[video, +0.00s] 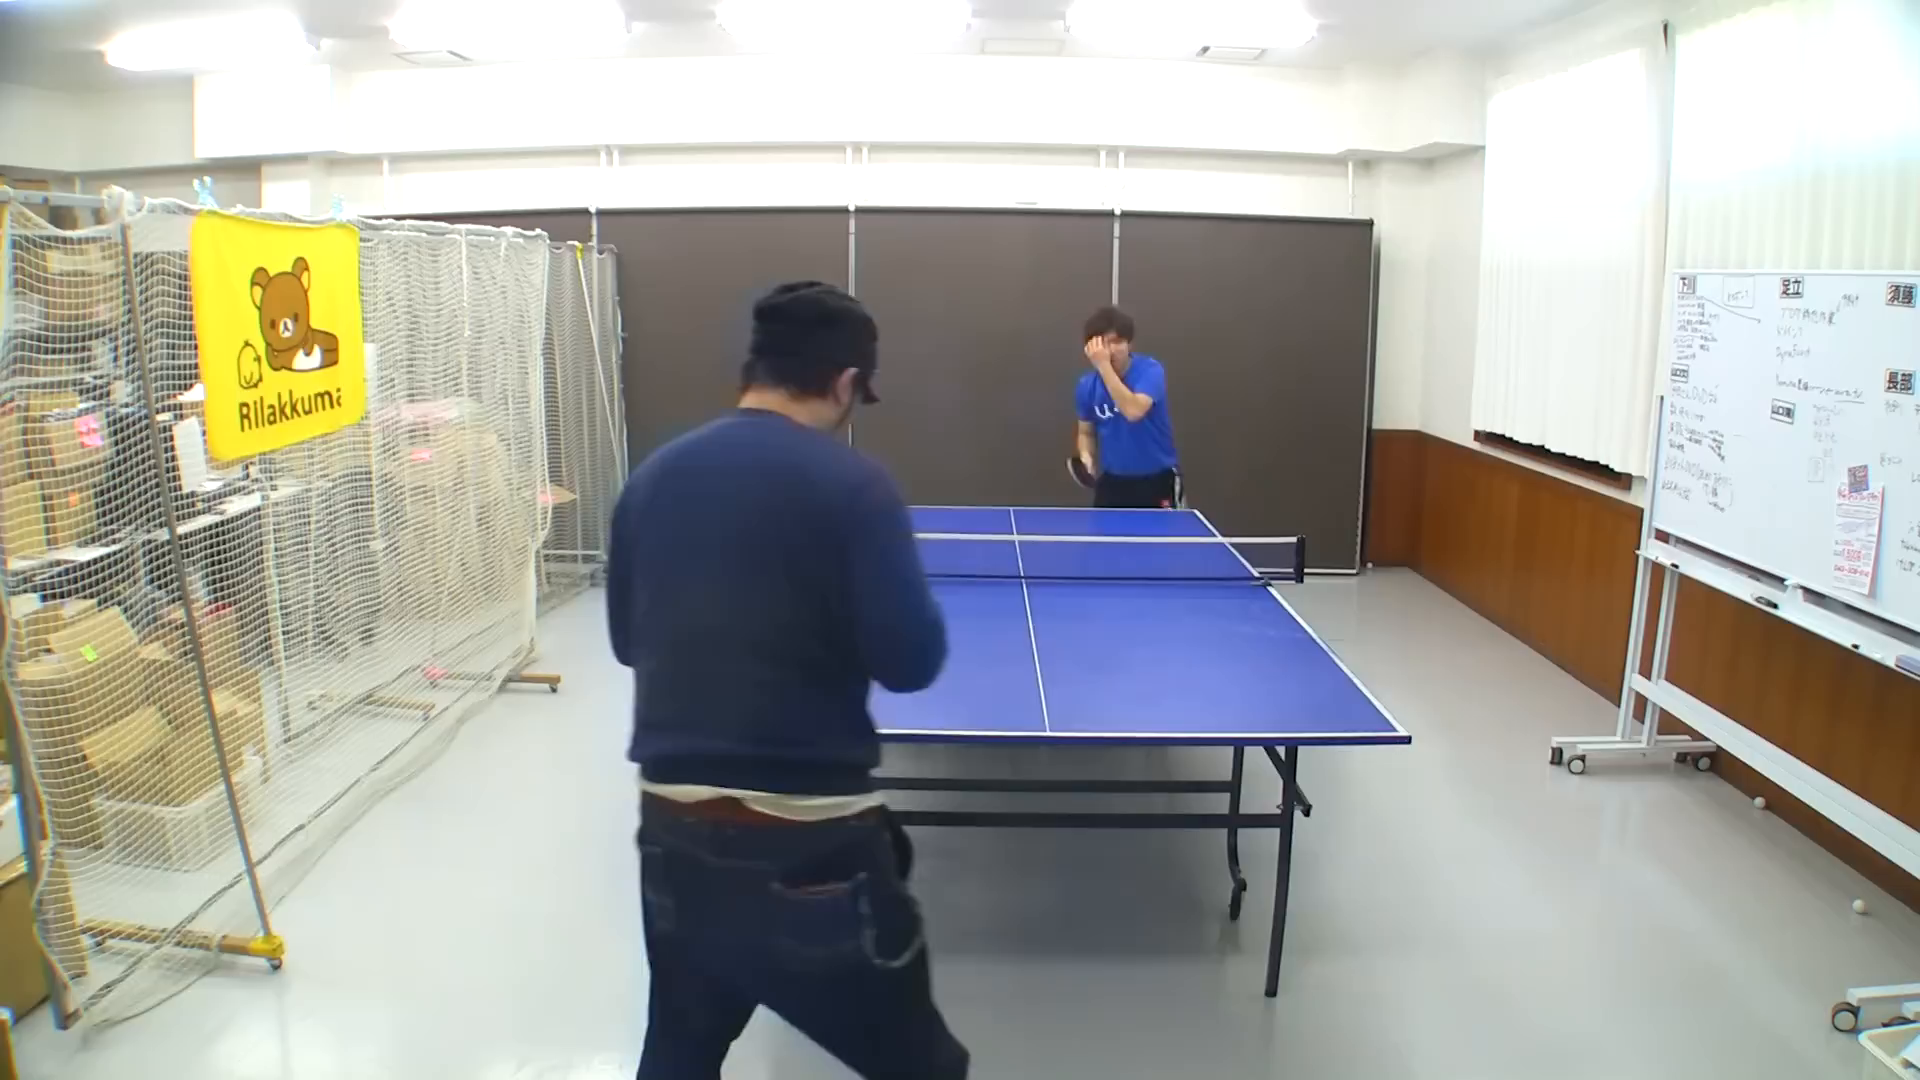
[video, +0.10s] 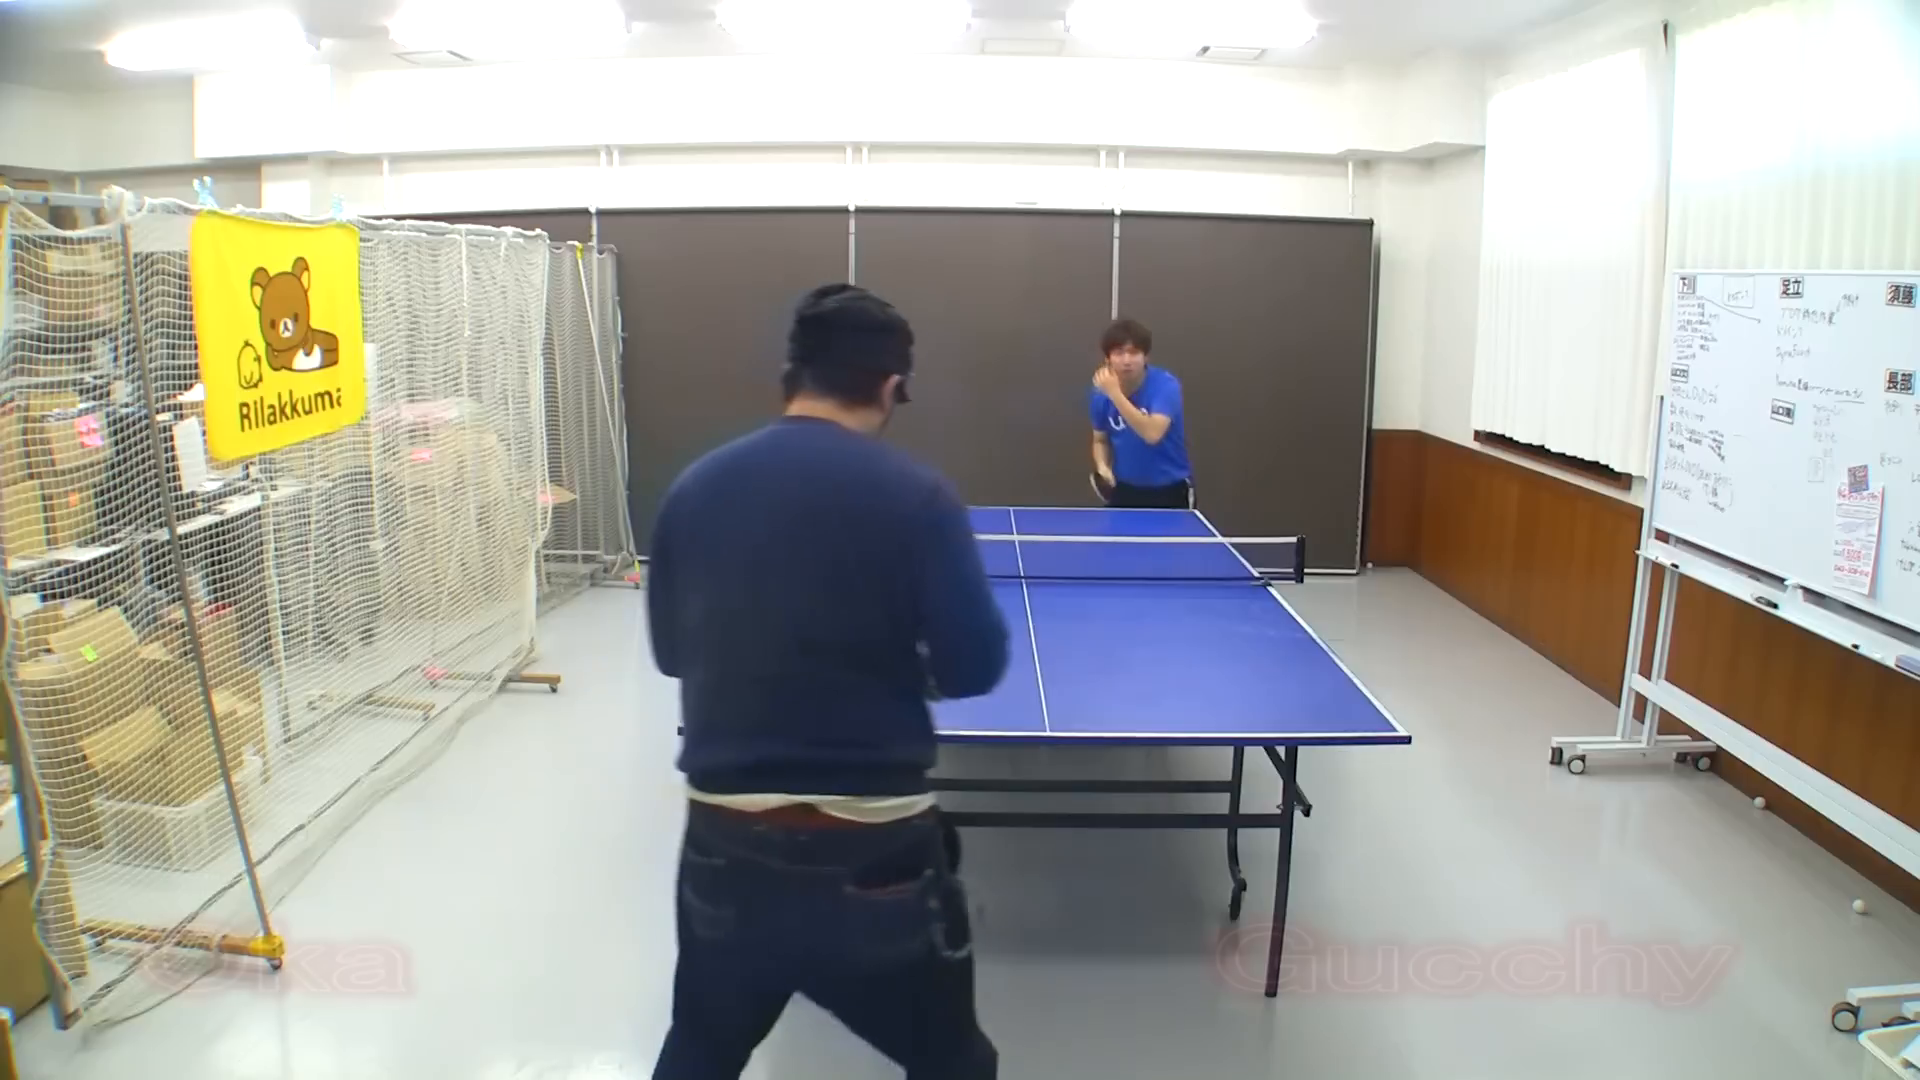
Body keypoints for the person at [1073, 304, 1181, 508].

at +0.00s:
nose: (1111, 351)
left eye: (1118, 342)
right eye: (1103, 343)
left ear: (1130, 344)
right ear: (1092, 349)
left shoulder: (1150, 371)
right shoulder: (1088, 385)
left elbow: (1134, 411)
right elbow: (1085, 432)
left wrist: (1103, 366)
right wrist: (1087, 459)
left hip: (1156, 482)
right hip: (1113, 482)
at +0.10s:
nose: (1126, 361)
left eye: (1134, 353)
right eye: (1119, 353)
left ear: (1146, 357)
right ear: (1108, 359)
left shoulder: (1166, 385)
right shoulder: (1101, 394)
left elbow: (1153, 433)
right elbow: (1100, 439)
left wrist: (1114, 394)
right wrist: (1102, 467)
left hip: (1169, 493)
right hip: (1126, 492)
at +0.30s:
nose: (1162, 391)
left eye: (1170, 384)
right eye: (1155, 383)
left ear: (1182, 388)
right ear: (1145, 386)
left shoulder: (1204, 411)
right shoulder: (1135, 414)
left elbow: (1204, 470)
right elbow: (1135, 454)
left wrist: (1174, 425)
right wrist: (1146, 491)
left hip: (1202, 506)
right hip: (1158, 504)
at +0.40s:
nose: (1175, 400)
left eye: (1184, 392)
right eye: (1169, 391)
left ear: (1198, 394)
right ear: (1158, 392)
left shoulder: (1217, 416)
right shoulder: (1145, 418)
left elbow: (1217, 475)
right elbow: (1146, 457)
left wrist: (1195, 424)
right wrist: (1165, 496)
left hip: (1211, 502)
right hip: (1167, 501)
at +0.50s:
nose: (1179, 402)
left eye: (1189, 395)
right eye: (1174, 392)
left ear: (1203, 399)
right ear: (1163, 394)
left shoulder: (1223, 421)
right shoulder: (1149, 420)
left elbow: (1232, 485)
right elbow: (1149, 458)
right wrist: (1173, 498)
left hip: (1213, 503)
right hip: (1166, 499)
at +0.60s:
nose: (1179, 404)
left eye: (1189, 397)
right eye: (1173, 395)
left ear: (1201, 402)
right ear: (1163, 397)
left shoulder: (1224, 427)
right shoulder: (1148, 422)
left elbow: (1246, 479)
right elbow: (1148, 460)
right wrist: (1171, 498)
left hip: (1213, 504)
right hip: (1166, 497)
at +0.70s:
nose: (1174, 405)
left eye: (1184, 397)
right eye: (1168, 396)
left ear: (1197, 402)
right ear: (1159, 398)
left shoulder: (1223, 428)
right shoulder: (1146, 423)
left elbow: (1243, 472)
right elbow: (1145, 461)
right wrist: (1168, 498)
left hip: (1212, 506)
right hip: (1164, 501)